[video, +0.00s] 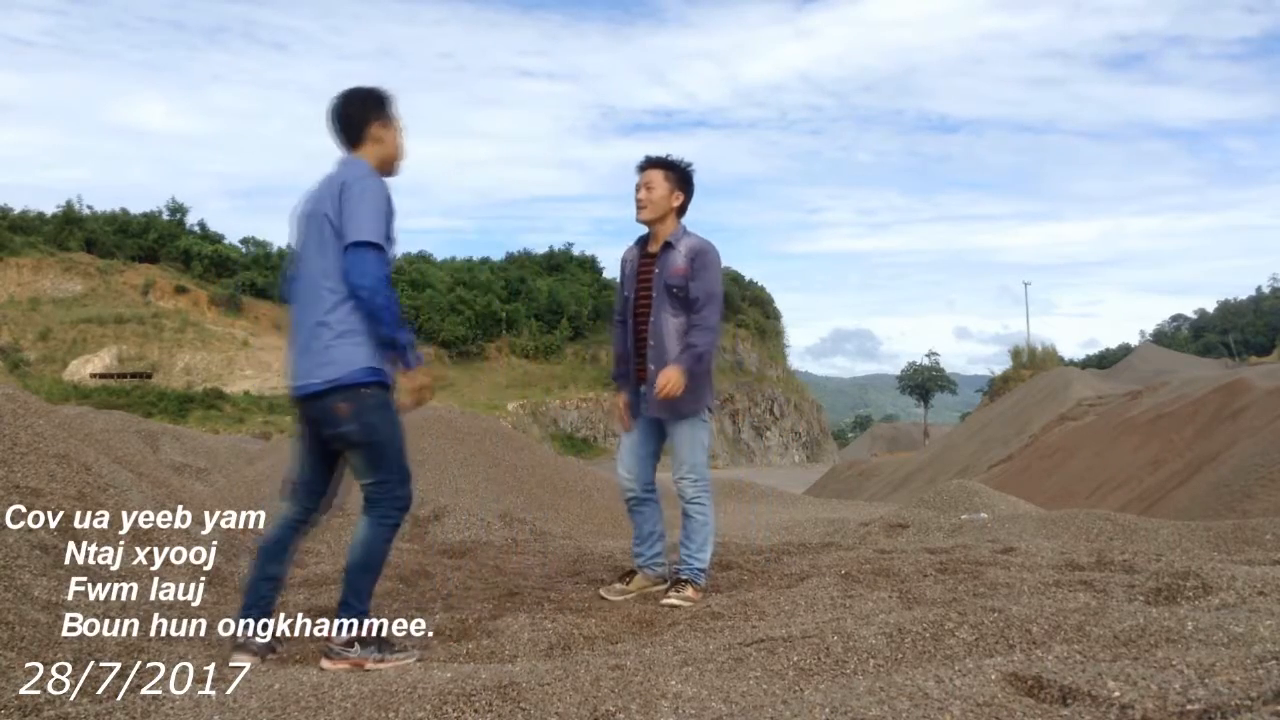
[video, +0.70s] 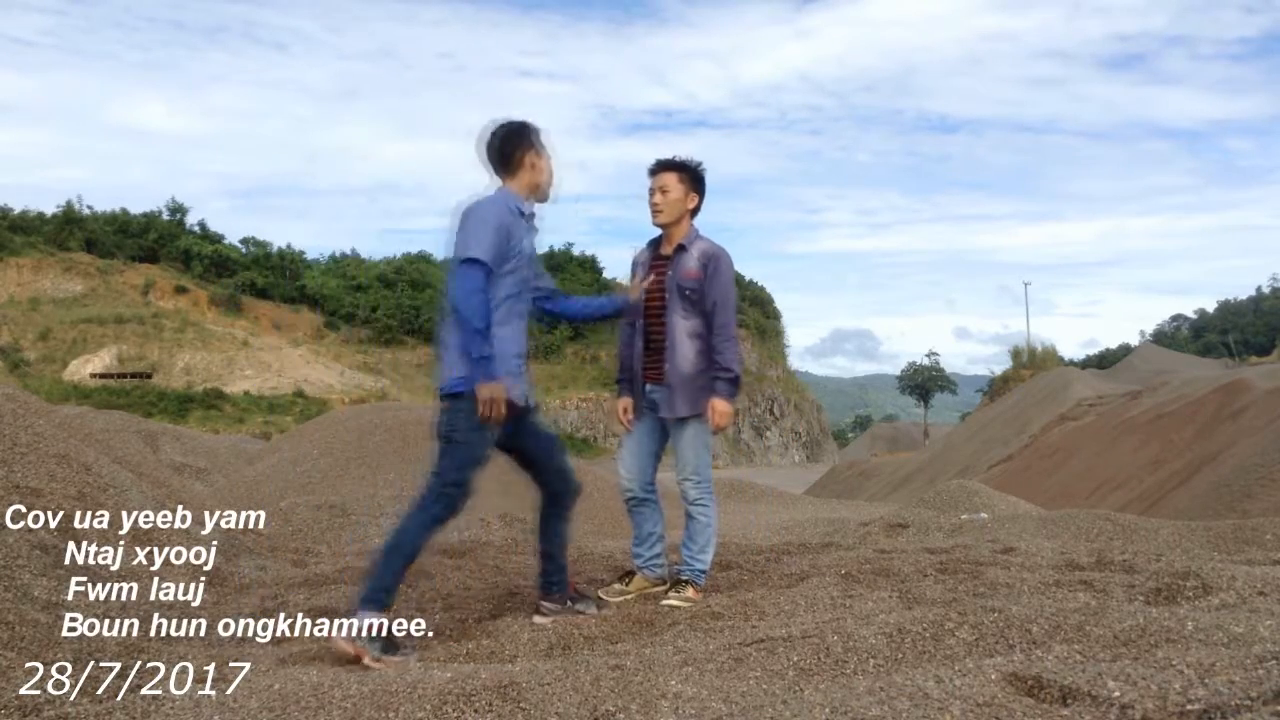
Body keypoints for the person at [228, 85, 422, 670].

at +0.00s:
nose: (402, 140)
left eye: (398, 129)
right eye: (395, 128)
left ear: (350, 135)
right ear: (375, 131)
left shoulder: (318, 197)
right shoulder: (362, 182)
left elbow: (293, 284)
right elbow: (366, 276)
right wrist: (406, 348)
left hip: (314, 384)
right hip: (353, 377)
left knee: (303, 502)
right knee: (388, 498)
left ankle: (251, 625)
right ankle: (351, 633)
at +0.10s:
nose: (419, 142)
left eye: (416, 130)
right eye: (415, 130)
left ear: (369, 133)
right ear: (397, 130)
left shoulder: (343, 189)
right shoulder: (372, 184)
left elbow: (355, 291)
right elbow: (379, 273)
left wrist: (411, 329)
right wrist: (451, 315)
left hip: (336, 379)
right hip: (367, 378)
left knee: (346, 502)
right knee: (391, 503)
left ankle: (267, 612)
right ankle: (350, 635)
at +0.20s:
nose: (432, 145)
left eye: (430, 133)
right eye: (429, 132)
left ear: (387, 129)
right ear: (411, 128)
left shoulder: (366, 181)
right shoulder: (379, 175)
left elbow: (407, 275)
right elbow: (406, 257)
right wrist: (489, 251)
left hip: (364, 371)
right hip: (377, 371)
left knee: (393, 488)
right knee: (390, 498)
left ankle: (306, 584)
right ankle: (349, 636)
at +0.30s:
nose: (451, 143)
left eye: (451, 134)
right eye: (450, 133)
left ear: (402, 128)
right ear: (436, 129)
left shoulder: (384, 175)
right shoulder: (396, 172)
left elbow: (403, 254)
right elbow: (439, 236)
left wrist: (447, 216)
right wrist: (518, 189)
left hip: (388, 367)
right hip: (391, 369)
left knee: (445, 469)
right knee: (389, 503)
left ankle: (383, 578)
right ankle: (348, 637)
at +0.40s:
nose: (472, 147)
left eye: (470, 136)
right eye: (469, 136)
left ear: (429, 132)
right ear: (452, 133)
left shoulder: (411, 180)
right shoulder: (416, 175)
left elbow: (443, 249)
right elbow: (454, 241)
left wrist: (461, 225)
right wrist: (530, 195)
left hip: (418, 375)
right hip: (405, 374)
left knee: (480, 465)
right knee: (394, 504)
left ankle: (440, 586)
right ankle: (348, 634)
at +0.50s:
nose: (491, 156)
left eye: (489, 144)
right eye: (489, 143)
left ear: (448, 141)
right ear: (474, 140)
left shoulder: (434, 197)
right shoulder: (438, 186)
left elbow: (459, 297)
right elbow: (457, 265)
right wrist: (544, 277)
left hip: (446, 380)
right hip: (428, 377)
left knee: (504, 472)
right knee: (406, 503)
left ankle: (514, 592)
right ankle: (349, 631)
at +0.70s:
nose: (552, 167)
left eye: (548, 158)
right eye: (546, 157)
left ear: (519, 165)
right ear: (528, 161)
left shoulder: (521, 227)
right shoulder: (489, 213)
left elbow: (550, 303)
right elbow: (469, 295)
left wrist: (626, 301)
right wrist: (486, 373)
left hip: (507, 394)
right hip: (471, 392)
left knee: (561, 484)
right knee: (442, 498)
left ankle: (555, 594)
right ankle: (366, 617)